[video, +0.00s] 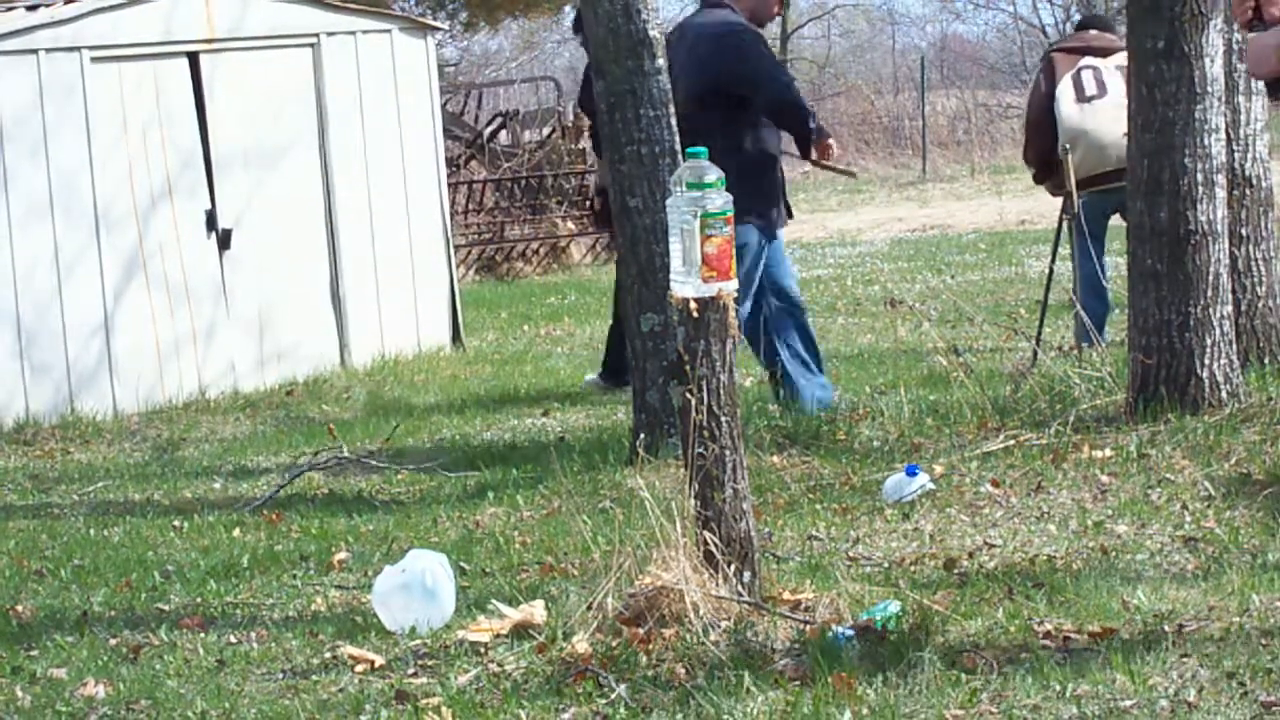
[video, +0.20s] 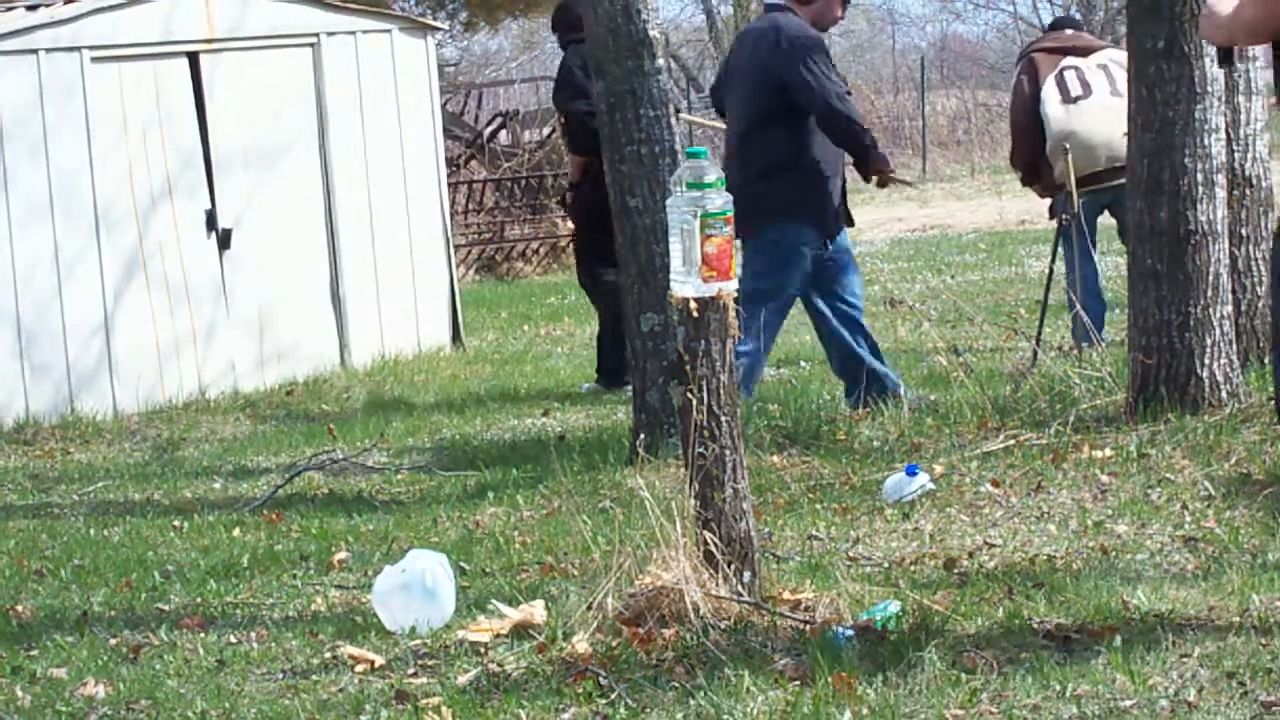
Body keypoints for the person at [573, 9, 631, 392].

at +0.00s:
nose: (580, 38)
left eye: (583, 30)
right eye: (580, 30)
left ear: (595, 31)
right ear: (596, 31)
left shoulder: (603, 70)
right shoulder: (603, 68)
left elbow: (601, 130)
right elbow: (600, 132)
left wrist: (603, 182)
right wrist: (602, 182)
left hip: (624, 175)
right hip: (620, 174)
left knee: (631, 271)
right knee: (633, 270)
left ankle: (617, 367)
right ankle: (616, 366)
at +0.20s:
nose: (556, 40)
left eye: (557, 33)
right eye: (559, 32)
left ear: (562, 31)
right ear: (593, 23)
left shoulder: (574, 63)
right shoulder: (618, 52)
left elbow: (582, 127)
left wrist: (574, 180)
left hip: (598, 184)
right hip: (629, 177)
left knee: (595, 270)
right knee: (621, 269)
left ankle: (622, 367)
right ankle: (615, 370)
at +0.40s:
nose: (537, 34)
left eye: (539, 27)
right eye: (538, 28)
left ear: (548, 23)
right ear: (590, 16)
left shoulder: (558, 54)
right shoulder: (616, 48)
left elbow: (563, 116)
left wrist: (550, 163)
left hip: (578, 185)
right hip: (620, 180)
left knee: (554, 267)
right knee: (610, 266)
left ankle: (601, 359)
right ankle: (623, 357)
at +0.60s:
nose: (511, 43)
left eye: (511, 36)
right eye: (510, 37)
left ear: (520, 32)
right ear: (553, 22)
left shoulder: (529, 60)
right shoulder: (587, 55)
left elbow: (538, 125)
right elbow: (612, 117)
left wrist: (527, 174)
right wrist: (608, 166)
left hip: (553, 194)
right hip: (599, 189)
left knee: (539, 288)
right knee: (600, 285)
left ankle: (519, 373)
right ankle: (616, 373)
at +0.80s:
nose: (475, 50)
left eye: (475, 42)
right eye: (475, 43)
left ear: (484, 40)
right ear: (517, 30)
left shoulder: (492, 74)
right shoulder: (556, 65)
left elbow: (501, 137)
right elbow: (588, 117)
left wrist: (493, 184)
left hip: (521, 202)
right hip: (565, 193)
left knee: (517, 292)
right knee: (575, 284)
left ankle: (506, 376)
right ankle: (610, 368)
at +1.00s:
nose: (445, 50)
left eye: (446, 44)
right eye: (445, 44)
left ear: (455, 42)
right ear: (491, 31)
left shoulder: (462, 76)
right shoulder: (528, 64)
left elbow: (469, 137)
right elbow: (560, 115)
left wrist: (466, 176)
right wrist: (542, 157)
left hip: (491, 197)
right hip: (536, 188)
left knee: (491, 284)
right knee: (526, 271)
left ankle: (503, 377)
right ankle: (568, 337)